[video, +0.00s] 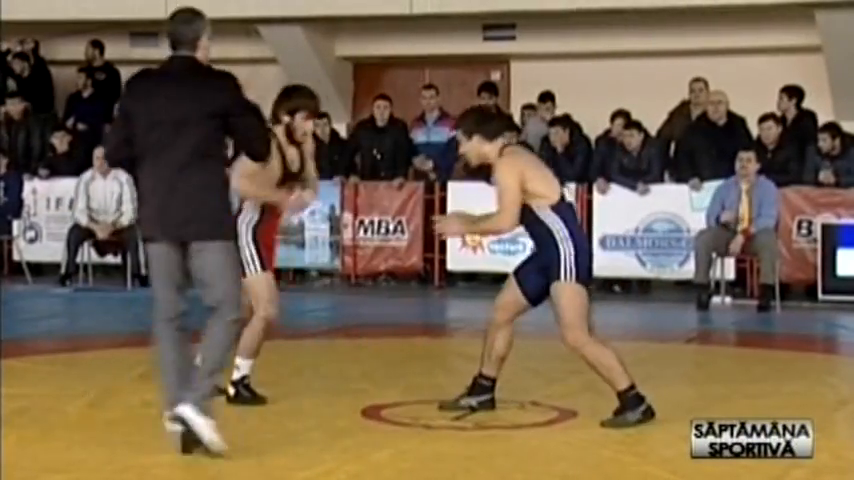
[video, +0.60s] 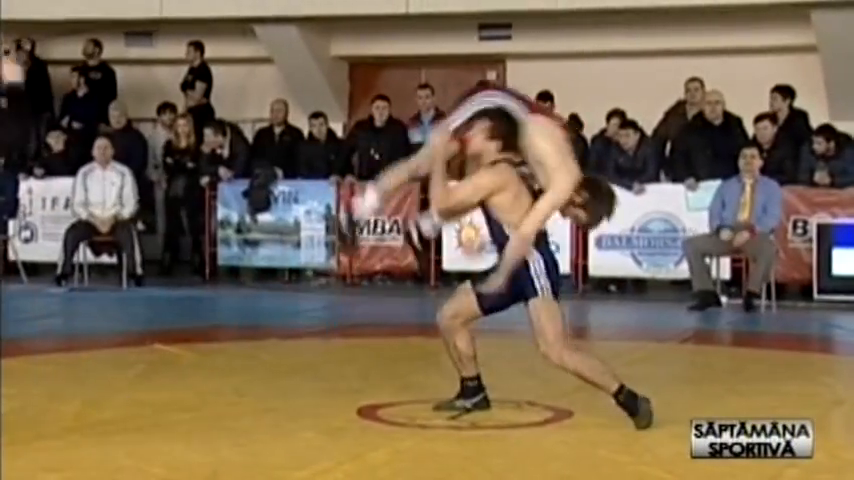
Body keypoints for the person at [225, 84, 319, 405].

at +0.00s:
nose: (310, 126)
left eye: (312, 119)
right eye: (304, 118)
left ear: (312, 121)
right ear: (286, 117)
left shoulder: (299, 148)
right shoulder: (266, 144)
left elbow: (311, 187)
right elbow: (240, 181)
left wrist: (308, 154)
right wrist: (283, 197)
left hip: (268, 224)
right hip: (248, 222)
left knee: (245, 306)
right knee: (265, 306)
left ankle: (205, 361)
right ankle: (240, 376)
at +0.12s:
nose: (352, 127)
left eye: (354, 120)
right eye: (346, 120)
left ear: (351, 122)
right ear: (327, 120)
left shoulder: (338, 153)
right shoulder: (305, 145)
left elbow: (353, 201)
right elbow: (278, 181)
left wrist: (347, 163)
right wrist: (312, 212)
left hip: (295, 224)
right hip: (273, 223)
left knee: (310, 308)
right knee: (291, 309)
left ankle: (251, 357)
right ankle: (242, 367)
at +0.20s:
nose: (384, 145)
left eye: (385, 139)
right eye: (377, 138)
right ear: (357, 138)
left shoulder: (365, 173)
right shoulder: (330, 164)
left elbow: (392, 191)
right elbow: (313, 198)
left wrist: (421, 189)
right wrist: (356, 205)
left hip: (313, 241)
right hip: (291, 240)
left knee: (337, 318)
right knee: (315, 319)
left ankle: (287, 373)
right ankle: (262, 376)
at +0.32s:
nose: (440, 137)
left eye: (442, 130)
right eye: (437, 130)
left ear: (425, 122)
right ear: (421, 121)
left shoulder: (413, 159)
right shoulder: (389, 138)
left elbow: (427, 206)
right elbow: (445, 136)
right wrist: (498, 140)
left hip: (368, 244)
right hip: (345, 237)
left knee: (353, 322)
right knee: (327, 316)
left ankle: (296, 371)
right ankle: (271, 372)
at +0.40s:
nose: (498, 143)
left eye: (501, 139)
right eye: (497, 136)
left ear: (489, 123)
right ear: (486, 120)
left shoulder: (475, 128)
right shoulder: (455, 121)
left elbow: (502, 169)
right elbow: (486, 171)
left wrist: (515, 206)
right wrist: (511, 205)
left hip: (403, 204)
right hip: (378, 193)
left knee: (375, 280)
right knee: (351, 271)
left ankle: (328, 342)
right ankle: (307, 337)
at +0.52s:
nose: (552, 195)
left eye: (559, 192)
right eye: (558, 189)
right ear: (559, 168)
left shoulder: (536, 155)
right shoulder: (532, 161)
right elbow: (523, 219)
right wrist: (520, 278)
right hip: (433, 123)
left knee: (462, 217)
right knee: (398, 199)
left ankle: (414, 269)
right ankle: (368, 276)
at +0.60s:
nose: (567, 219)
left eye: (575, 220)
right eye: (574, 217)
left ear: (581, 197)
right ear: (580, 200)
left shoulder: (565, 175)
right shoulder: (563, 181)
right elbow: (525, 233)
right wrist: (502, 277)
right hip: (485, 107)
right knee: (425, 160)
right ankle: (372, 195)